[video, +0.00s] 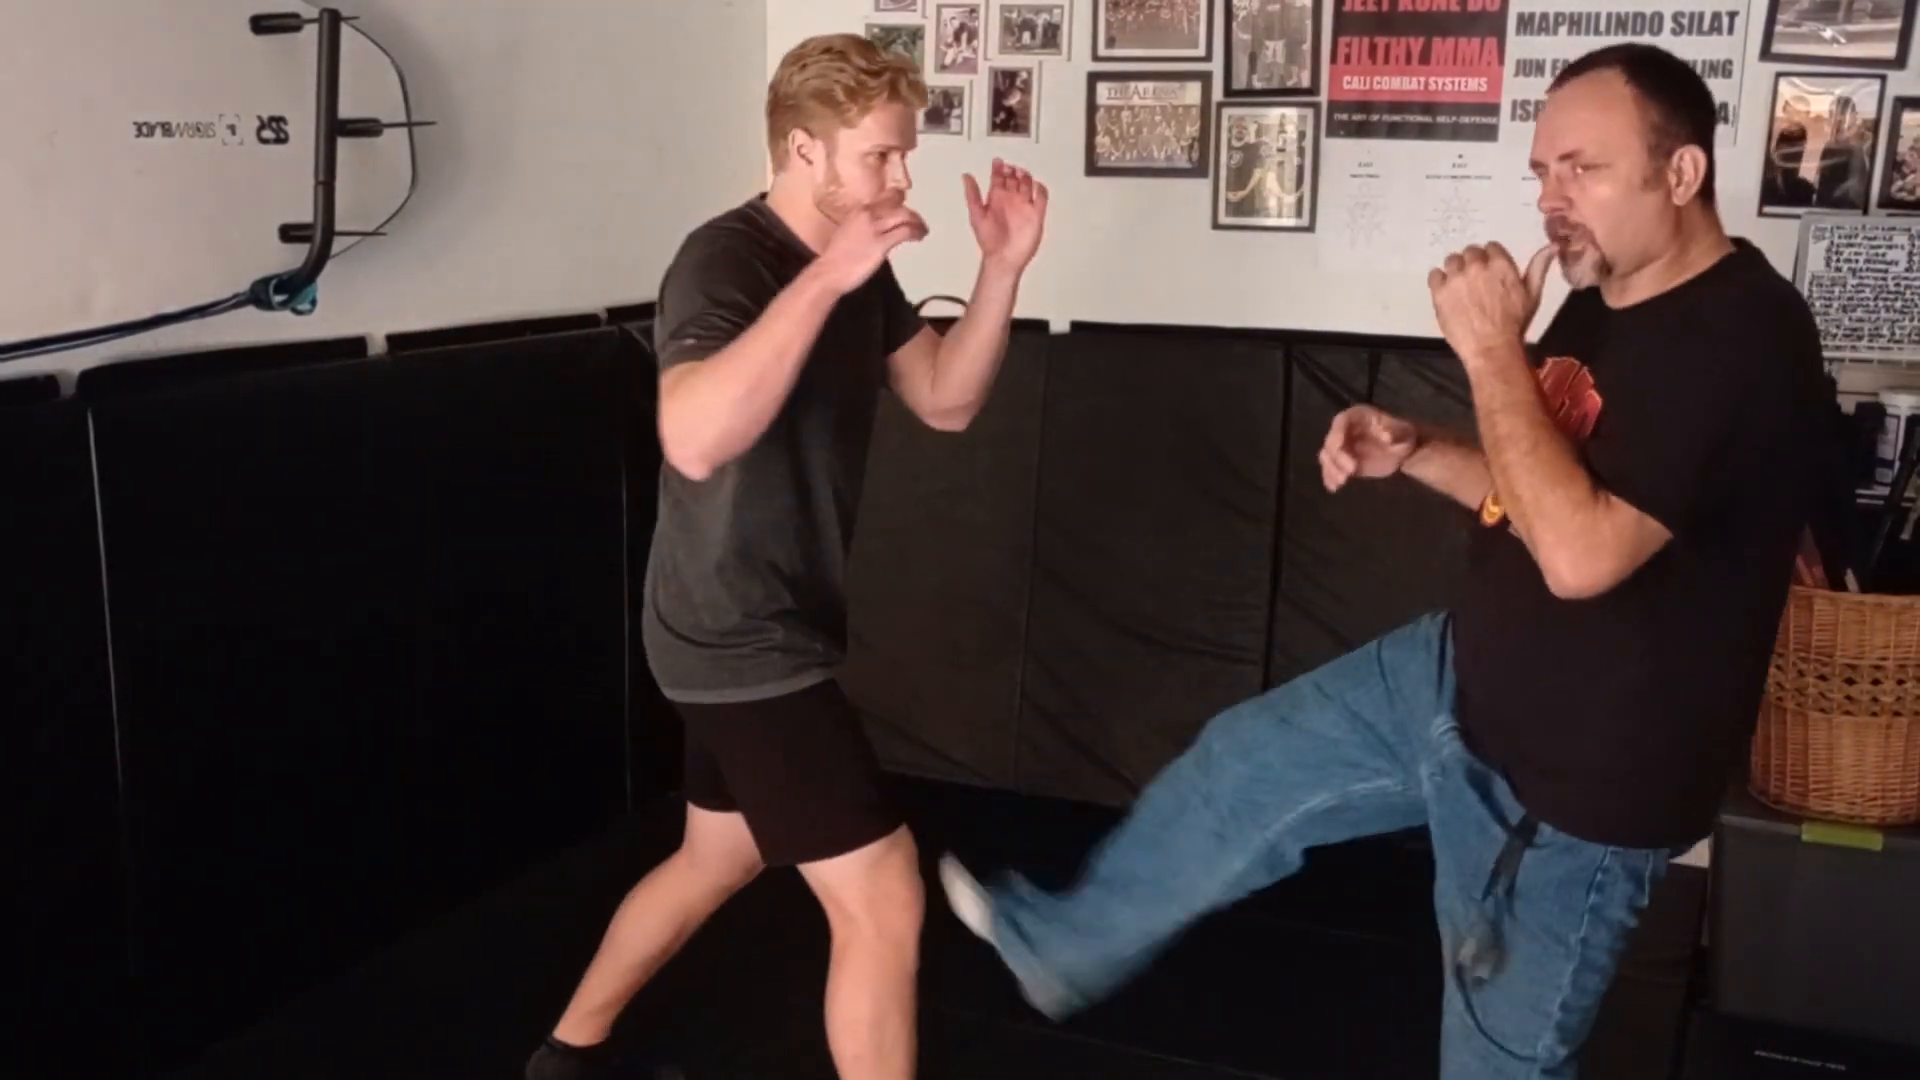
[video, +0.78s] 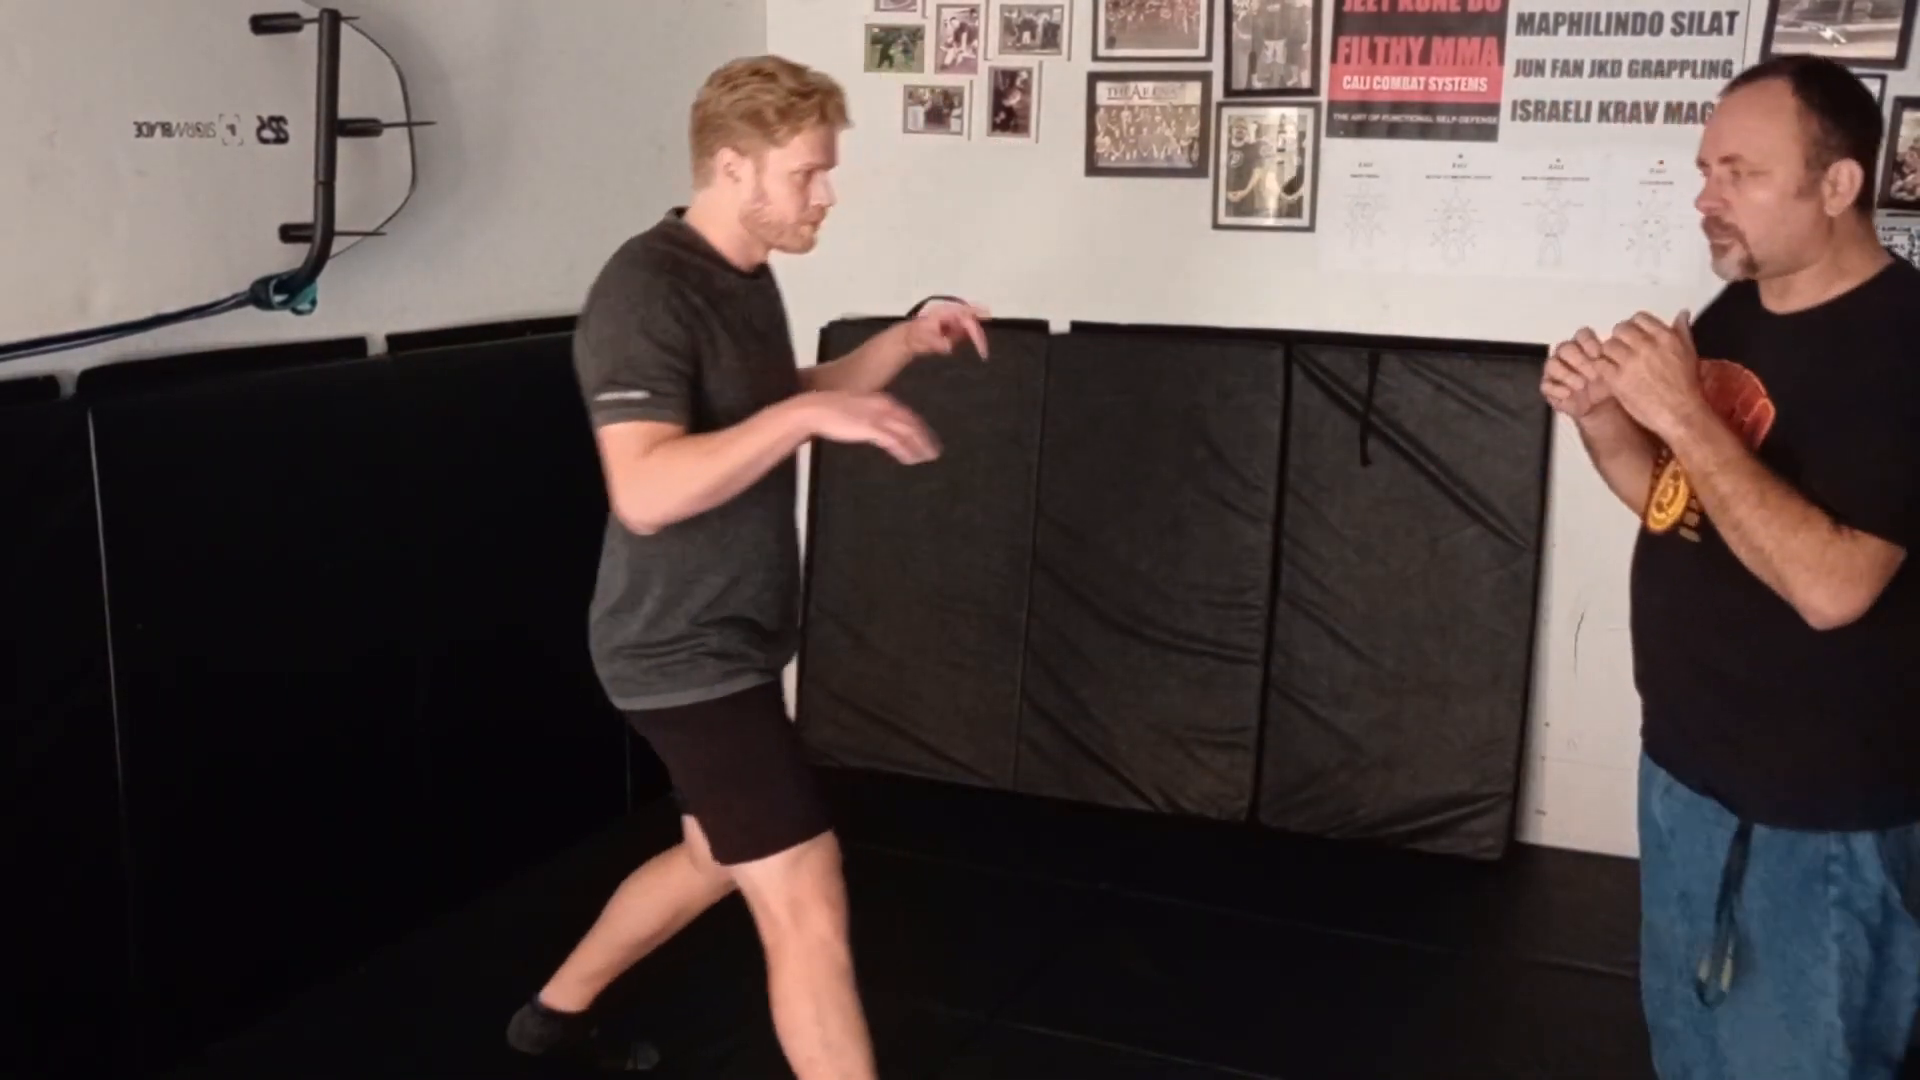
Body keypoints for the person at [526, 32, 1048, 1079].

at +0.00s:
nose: (900, 183)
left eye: (905, 156)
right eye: (880, 159)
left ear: (906, 147)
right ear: (803, 154)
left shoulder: (852, 262)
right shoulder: (723, 262)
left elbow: (945, 400)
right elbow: (695, 439)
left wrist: (999, 269)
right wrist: (824, 278)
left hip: (779, 627)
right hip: (734, 640)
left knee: (716, 858)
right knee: (880, 899)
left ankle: (568, 1046)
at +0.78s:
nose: (825, 201)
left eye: (827, 176)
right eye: (810, 177)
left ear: (743, 168)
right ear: (733, 167)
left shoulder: (745, 277)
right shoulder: (641, 289)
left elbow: (781, 412)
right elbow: (644, 492)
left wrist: (902, 340)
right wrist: (804, 414)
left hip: (740, 636)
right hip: (678, 653)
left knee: (716, 853)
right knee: (804, 900)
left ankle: (552, 1015)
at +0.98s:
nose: (741, 180)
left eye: (745, 156)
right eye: (721, 157)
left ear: (703, 158)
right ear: (647, 154)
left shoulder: (711, 264)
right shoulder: (552, 271)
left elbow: (793, 381)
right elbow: (537, 452)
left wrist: (853, 259)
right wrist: (664, 351)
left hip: (688, 607)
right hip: (585, 616)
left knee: (662, 837)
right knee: (725, 836)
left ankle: (540, 1035)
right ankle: (746, 1077)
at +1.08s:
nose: (730, 136)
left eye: (733, 113)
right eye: (710, 115)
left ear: (690, 115)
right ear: (635, 112)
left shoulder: (694, 225)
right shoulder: (542, 217)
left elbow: (782, 341)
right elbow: (527, 394)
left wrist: (836, 216)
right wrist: (652, 273)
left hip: (639, 565)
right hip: (549, 572)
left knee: (607, 804)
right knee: (672, 806)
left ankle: (538, 1023)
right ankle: (613, 1068)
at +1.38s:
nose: (684, 176)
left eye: (689, 152)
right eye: (664, 152)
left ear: (685, 145)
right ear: (590, 141)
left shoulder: (653, 256)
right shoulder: (489, 244)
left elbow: (702, 398)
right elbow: (472, 422)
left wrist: (768, 338)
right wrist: (600, 295)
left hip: (579, 593)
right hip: (489, 597)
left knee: (504, 816)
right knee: (569, 845)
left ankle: (419, 988)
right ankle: (480, 1072)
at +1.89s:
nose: (695, 163)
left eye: (702, 140)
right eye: (677, 139)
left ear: (627, 133)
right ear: (601, 127)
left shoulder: (664, 245)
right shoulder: (502, 237)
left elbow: (748, 364)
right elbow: (451, 416)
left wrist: (791, 232)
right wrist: (568, 276)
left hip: (627, 591)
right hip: (543, 599)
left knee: (613, 842)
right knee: (703, 832)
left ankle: (499, 1048)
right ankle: (575, 1057)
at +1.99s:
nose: (706, 174)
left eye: (714, 152)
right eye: (688, 151)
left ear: (711, 148)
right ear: (613, 140)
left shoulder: (681, 258)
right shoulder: (516, 256)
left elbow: (766, 393)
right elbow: (490, 429)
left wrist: (783, 244)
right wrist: (593, 275)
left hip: (661, 603)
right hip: (580, 619)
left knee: (644, 842)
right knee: (764, 829)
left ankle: (504, 1047)